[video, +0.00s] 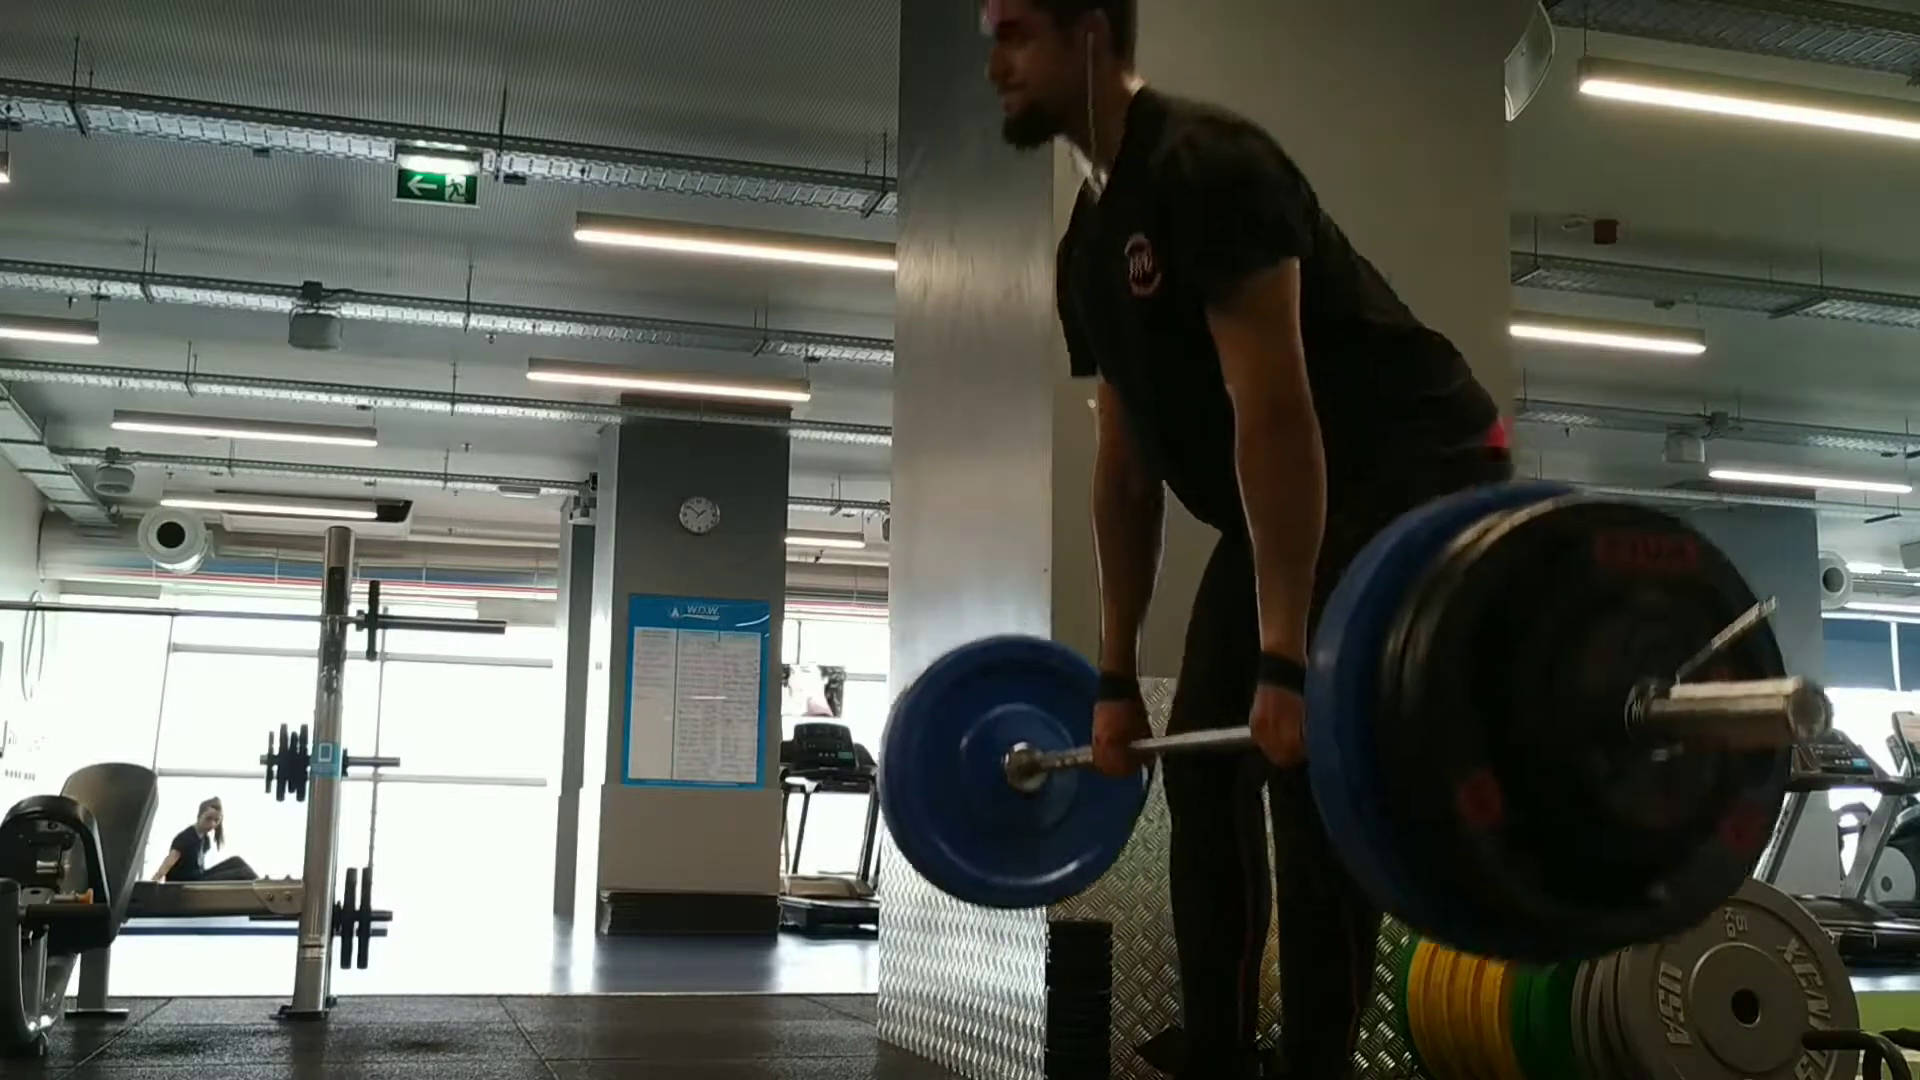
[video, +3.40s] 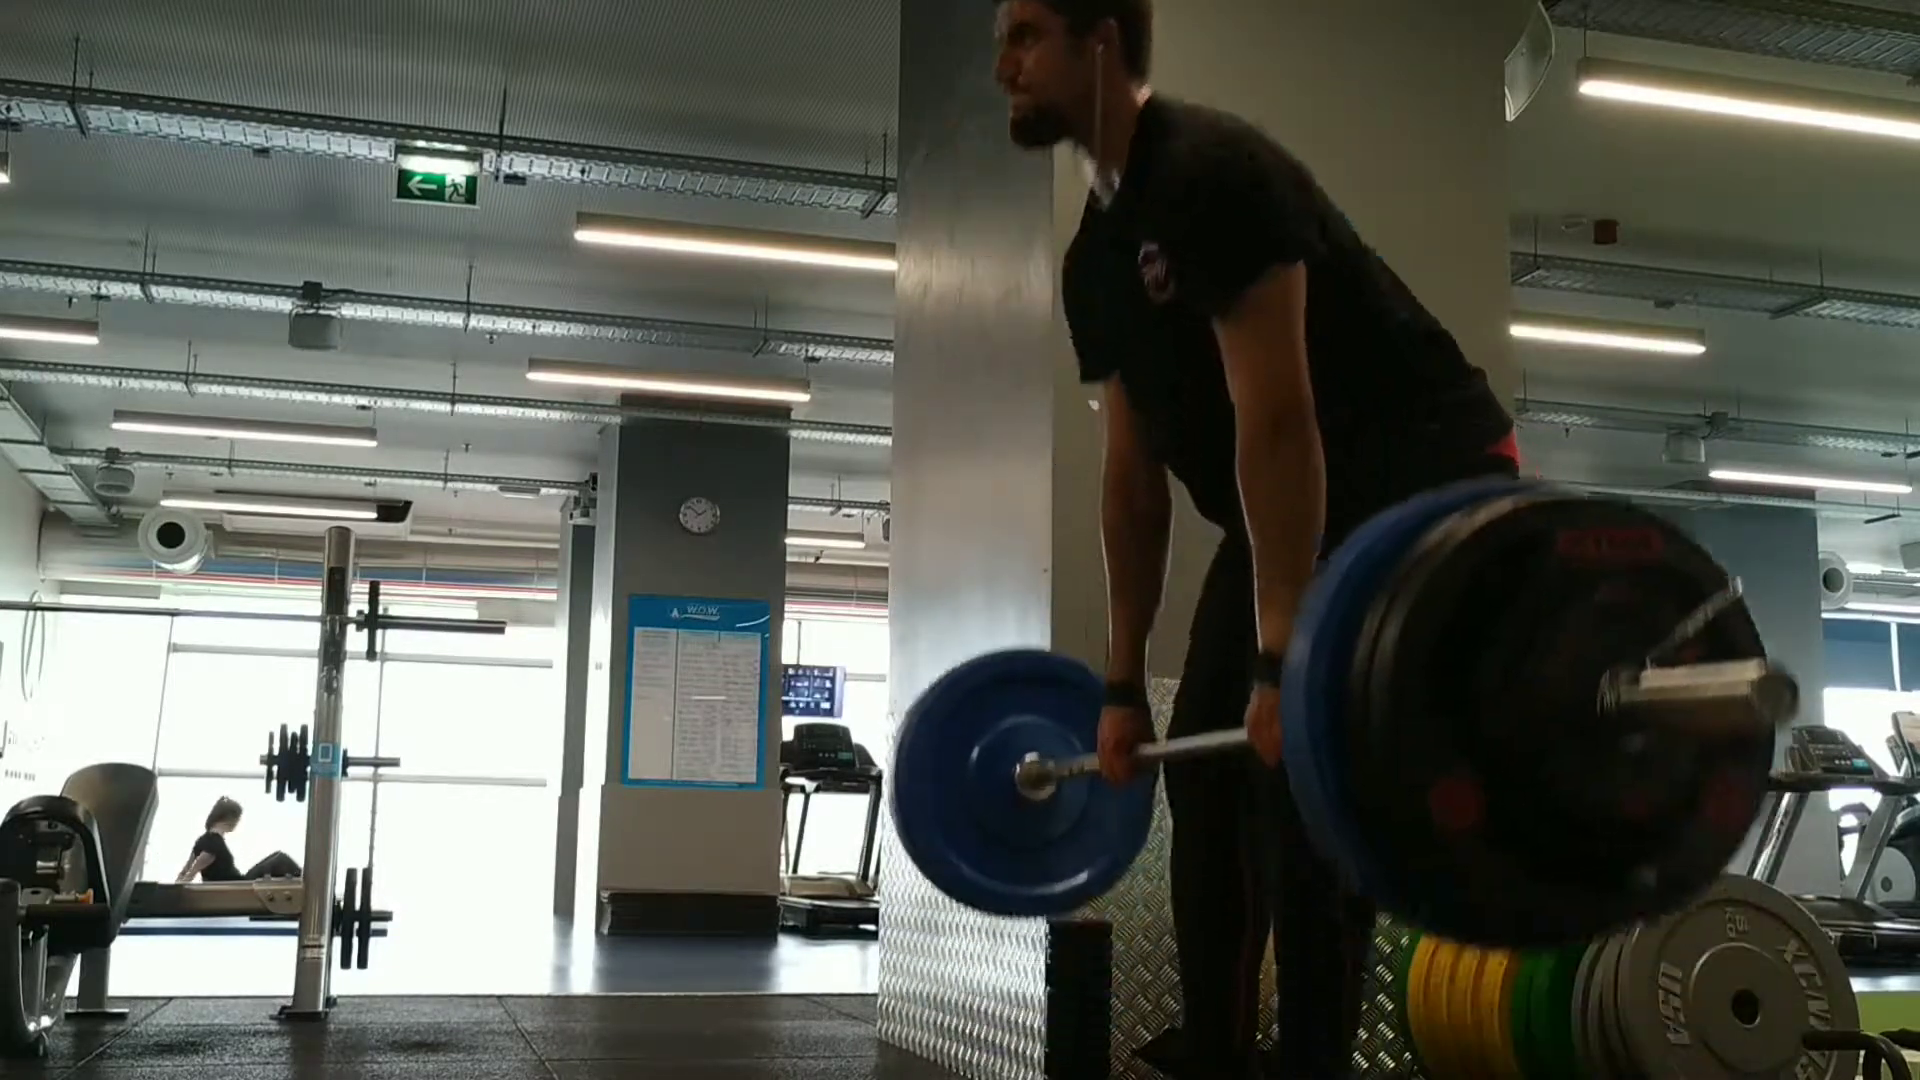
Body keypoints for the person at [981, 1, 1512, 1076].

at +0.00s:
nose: (993, 69)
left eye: (1013, 38)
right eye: (990, 44)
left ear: (1093, 34)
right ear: (1075, 49)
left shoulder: (1207, 163)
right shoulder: (1090, 241)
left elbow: (1280, 421)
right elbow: (1123, 468)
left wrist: (1283, 661)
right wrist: (1118, 670)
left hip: (1405, 493)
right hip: (1279, 508)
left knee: (1316, 758)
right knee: (1201, 755)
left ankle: (1317, 1058)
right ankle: (1212, 1047)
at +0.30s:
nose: (941, 208)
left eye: (959, 178)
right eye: (934, 184)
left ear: (1042, 169)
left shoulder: (1181, 277)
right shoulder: (1066, 362)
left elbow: (1271, 541)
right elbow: (1117, 575)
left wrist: (1284, 789)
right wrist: (1116, 782)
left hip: (1445, 487)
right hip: (1304, 526)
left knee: (1310, 776)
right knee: (1186, 760)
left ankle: (1315, 1055)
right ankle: (1210, 1045)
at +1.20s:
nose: (997, 53)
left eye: (1021, 23)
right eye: (996, 29)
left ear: (1098, 29)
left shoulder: (1212, 158)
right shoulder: (1094, 243)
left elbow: (1281, 417)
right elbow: (1128, 460)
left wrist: (1282, 652)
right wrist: (1121, 671)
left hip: (1401, 495)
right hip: (1272, 510)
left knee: (1313, 771)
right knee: (1207, 763)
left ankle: (1312, 1058)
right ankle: (1212, 1047)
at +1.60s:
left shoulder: (1360, 50)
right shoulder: (1230, 114)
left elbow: (1341, 282)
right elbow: (1181, 330)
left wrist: (1287, 496)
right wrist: (1129, 541)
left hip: (1270, 495)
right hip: (1183, 502)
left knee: (1285, 790)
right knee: (1199, 795)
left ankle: (1312, 1059)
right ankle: (1212, 1050)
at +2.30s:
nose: (998, 77)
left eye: (1018, 42)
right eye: (992, 52)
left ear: (1095, 36)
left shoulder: (1216, 162)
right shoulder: (1099, 246)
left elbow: (1290, 417)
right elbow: (1138, 474)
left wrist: (1288, 662)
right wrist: (1127, 680)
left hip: (1418, 488)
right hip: (1289, 505)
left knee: (1320, 757)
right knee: (1210, 753)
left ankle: (1317, 1054)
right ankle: (1216, 1042)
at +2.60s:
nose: (945, 214)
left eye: (963, 183)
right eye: (938, 190)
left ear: (1049, 176)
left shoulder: (1185, 282)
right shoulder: (1071, 369)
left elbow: (1276, 544)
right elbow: (1124, 583)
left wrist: (1284, 798)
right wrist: (1122, 796)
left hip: (1449, 491)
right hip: (1314, 529)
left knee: (1311, 780)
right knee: (1188, 755)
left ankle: (1313, 1052)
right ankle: (1207, 1043)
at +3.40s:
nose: (1002, 69)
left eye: (1023, 39)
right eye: (1000, 45)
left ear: (1102, 44)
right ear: (1084, 56)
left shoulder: (1213, 169)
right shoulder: (1094, 258)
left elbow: (1282, 425)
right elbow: (1130, 475)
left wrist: (1279, 662)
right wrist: (1124, 683)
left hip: (1415, 500)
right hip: (1280, 520)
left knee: (1314, 772)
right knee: (1204, 762)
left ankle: (1313, 1058)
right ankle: (1214, 1046)